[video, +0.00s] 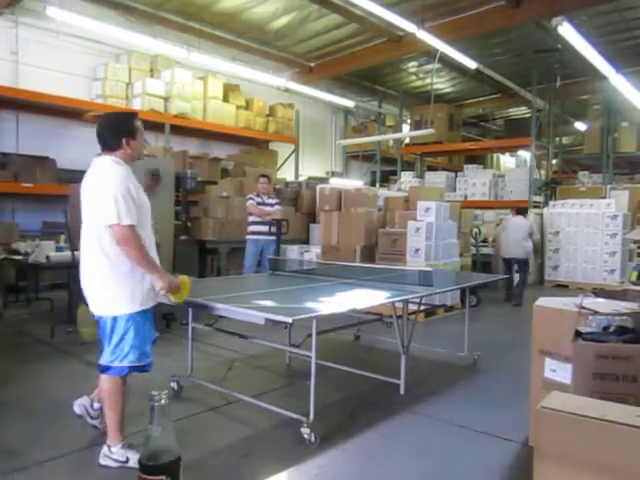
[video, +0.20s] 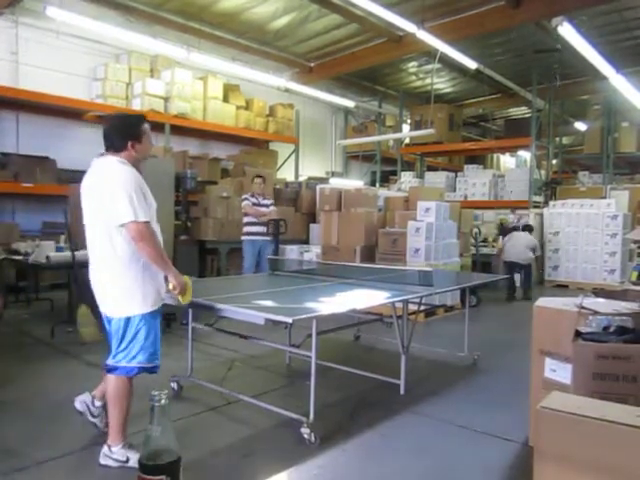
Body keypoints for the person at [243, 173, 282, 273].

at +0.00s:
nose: (263, 185)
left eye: (266, 183)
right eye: (261, 183)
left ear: (269, 185)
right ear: (257, 185)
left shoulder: (274, 200)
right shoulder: (252, 197)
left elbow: (279, 215)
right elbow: (252, 210)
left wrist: (265, 217)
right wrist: (271, 212)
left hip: (270, 237)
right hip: (254, 236)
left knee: (268, 267)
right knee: (250, 267)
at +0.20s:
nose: (258, 186)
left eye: (260, 184)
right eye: (256, 183)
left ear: (264, 186)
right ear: (252, 185)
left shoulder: (268, 200)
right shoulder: (246, 198)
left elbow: (274, 214)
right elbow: (248, 210)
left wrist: (261, 218)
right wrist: (266, 212)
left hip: (266, 237)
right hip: (250, 237)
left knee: (265, 268)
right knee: (249, 267)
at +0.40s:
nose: (252, 186)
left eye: (255, 184)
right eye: (250, 184)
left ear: (258, 186)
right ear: (245, 186)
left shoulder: (264, 200)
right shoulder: (240, 198)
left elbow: (269, 216)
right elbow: (245, 211)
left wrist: (254, 217)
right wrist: (262, 212)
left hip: (261, 237)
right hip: (245, 237)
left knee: (263, 269)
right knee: (246, 269)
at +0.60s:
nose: (248, 186)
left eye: (250, 184)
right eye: (245, 184)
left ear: (254, 185)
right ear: (241, 186)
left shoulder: (259, 199)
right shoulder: (236, 199)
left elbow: (266, 216)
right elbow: (243, 212)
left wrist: (251, 217)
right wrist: (258, 212)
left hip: (258, 238)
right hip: (242, 239)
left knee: (262, 269)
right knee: (244, 270)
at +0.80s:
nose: (246, 186)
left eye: (248, 183)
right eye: (243, 184)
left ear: (252, 185)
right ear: (239, 185)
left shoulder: (258, 199)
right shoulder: (235, 199)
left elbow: (266, 215)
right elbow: (242, 212)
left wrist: (251, 217)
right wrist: (258, 212)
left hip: (258, 239)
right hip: (242, 239)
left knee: (262, 270)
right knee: (244, 271)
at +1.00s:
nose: (247, 186)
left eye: (249, 183)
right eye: (244, 183)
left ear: (253, 185)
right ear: (239, 185)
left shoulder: (259, 199)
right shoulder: (235, 199)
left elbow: (267, 216)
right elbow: (243, 213)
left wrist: (252, 218)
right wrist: (259, 212)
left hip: (258, 239)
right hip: (242, 240)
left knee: (262, 270)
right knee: (245, 271)